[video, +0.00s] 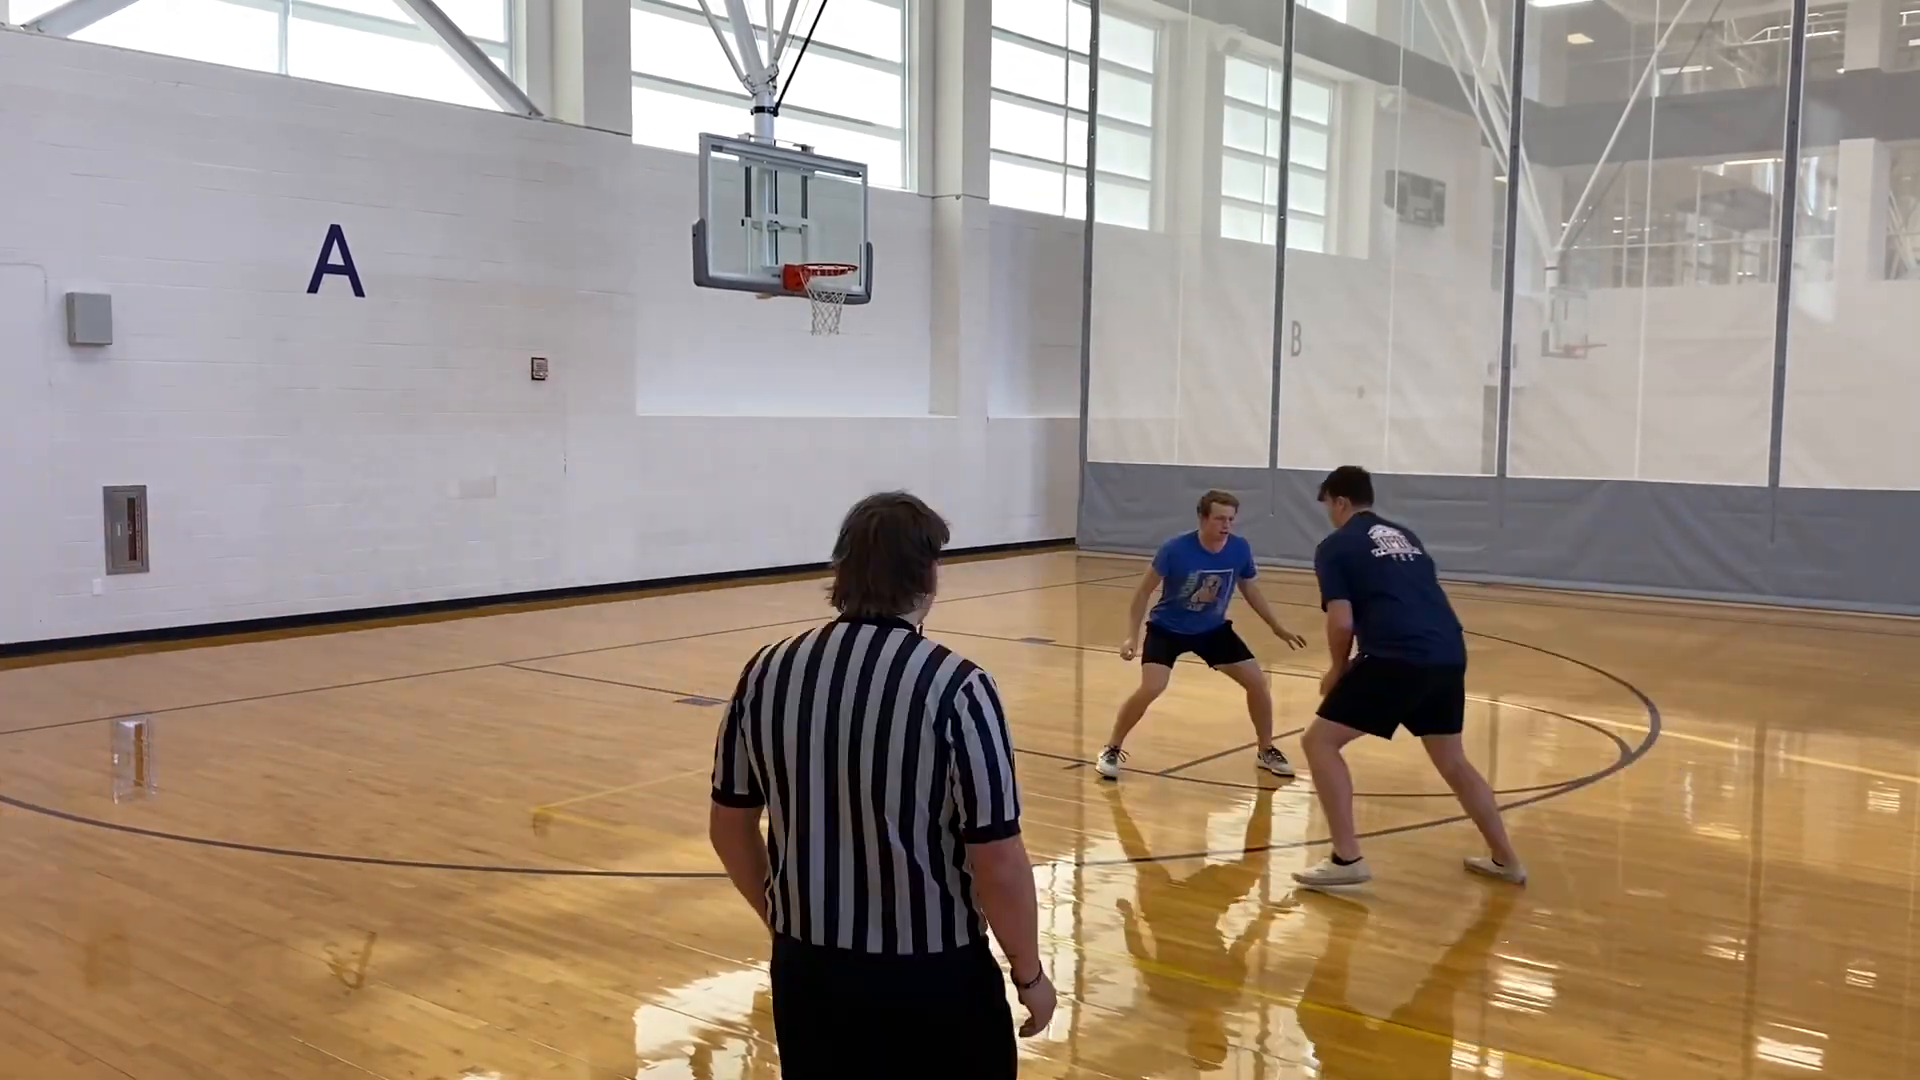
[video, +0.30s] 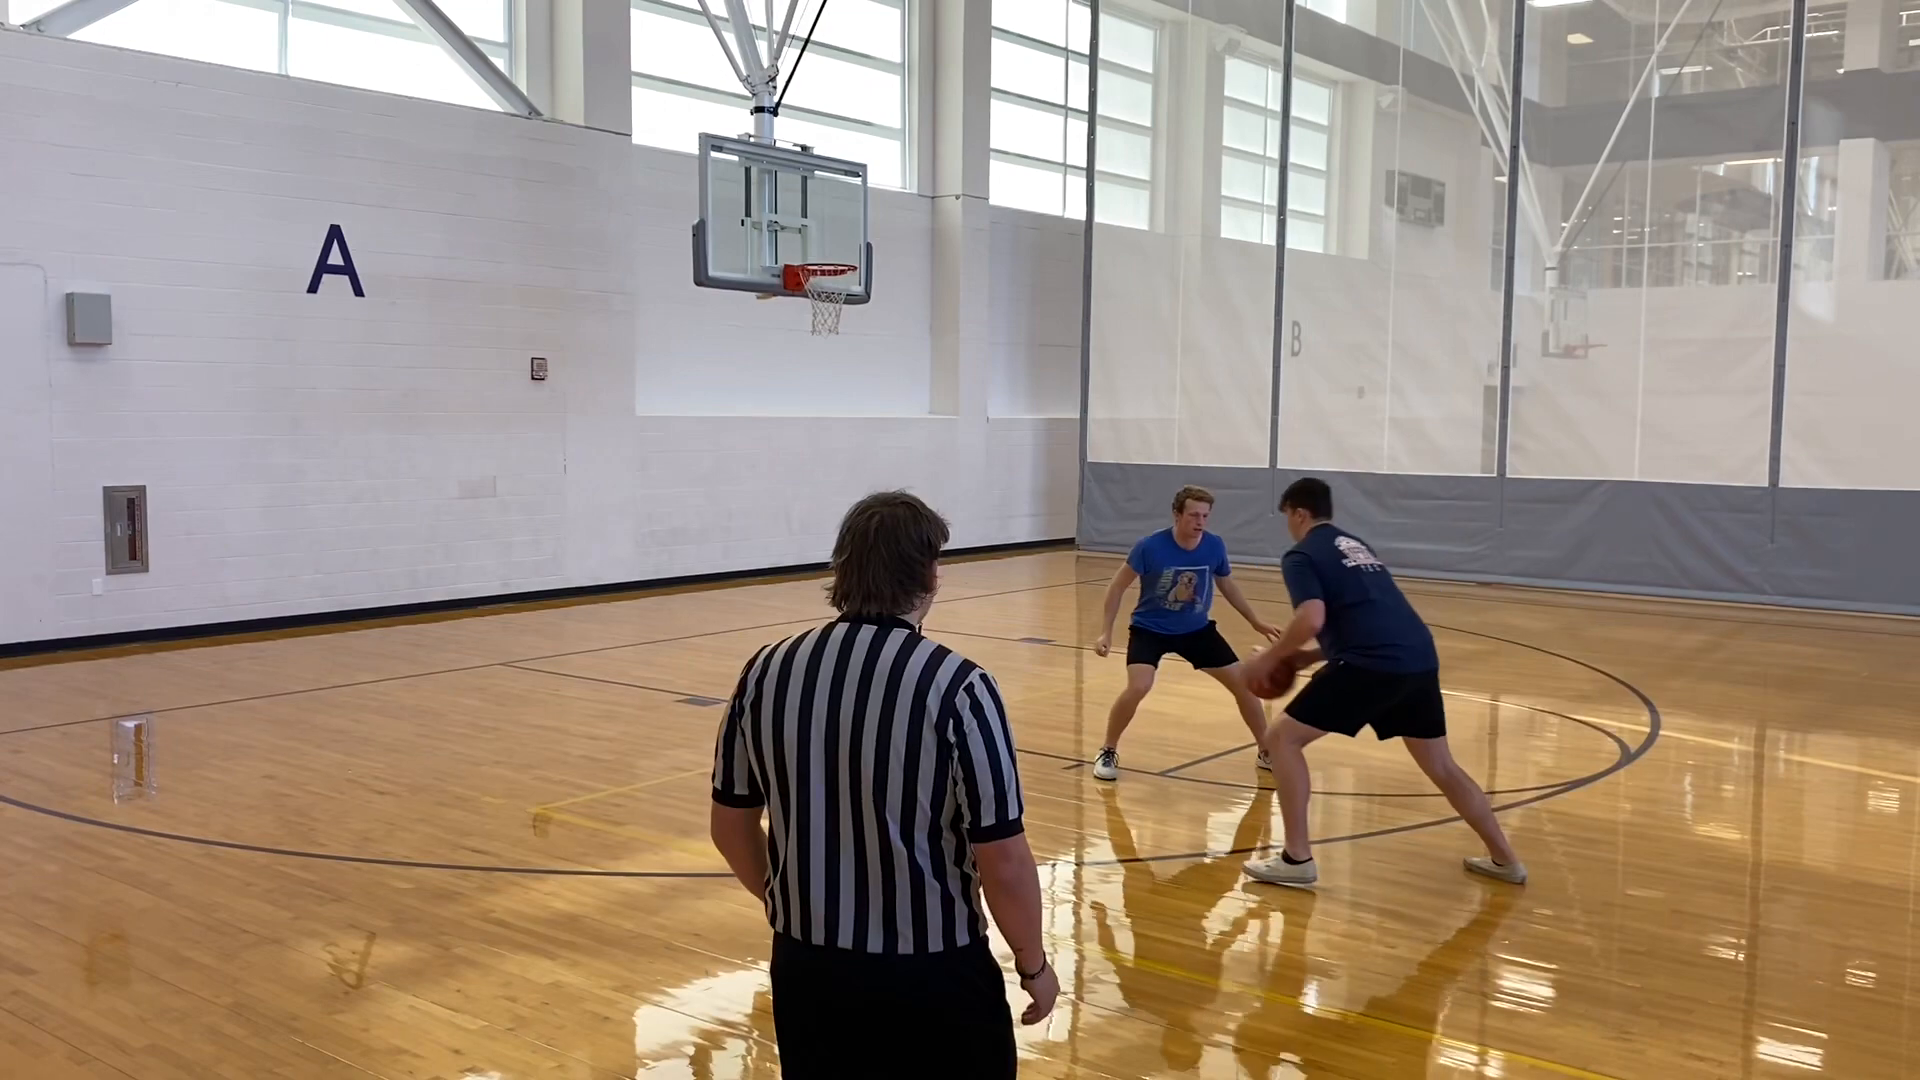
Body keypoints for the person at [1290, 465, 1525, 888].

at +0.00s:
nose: (1328, 512)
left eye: (1328, 504)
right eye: (1327, 504)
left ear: (1340, 503)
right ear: (1368, 503)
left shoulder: (1335, 546)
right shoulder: (1402, 533)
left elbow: (1342, 622)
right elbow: (1418, 602)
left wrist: (1337, 669)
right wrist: (1365, 656)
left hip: (1393, 660)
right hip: (1447, 660)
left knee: (1320, 742)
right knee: (1454, 762)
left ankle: (1347, 857)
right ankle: (1507, 859)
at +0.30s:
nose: (1287, 526)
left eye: (1287, 518)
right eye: (1286, 519)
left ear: (1299, 515)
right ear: (1325, 513)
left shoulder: (1302, 554)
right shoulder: (1354, 544)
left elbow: (1311, 615)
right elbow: (1356, 627)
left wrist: (1270, 656)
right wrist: (1301, 658)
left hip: (1366, 665)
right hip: (1420, 663)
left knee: (1282, 740)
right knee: (1442, 766)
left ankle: (1296, 857)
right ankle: (1506, 858)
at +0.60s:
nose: (1227, 528)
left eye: (1226, 520)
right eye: (1226, 520)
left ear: (1240, 517)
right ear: (1261, 514)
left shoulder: (1251, 555)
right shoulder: (1292, 542)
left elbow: (1248, 622)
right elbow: (1315, 607)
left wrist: (1197, 626)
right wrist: (1266, 643)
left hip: (1315, 666)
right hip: (1366, 662)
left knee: (1250, 747)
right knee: (1411, 761)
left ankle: (1292, 858)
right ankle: (1492, 844)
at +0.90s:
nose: (1168, 535)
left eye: (1168, 527)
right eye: (1168, 527)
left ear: (1179, 522)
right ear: (1200, 516)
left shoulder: (1192, 563)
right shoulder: (1236, 541)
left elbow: (1171, 641)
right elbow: (1267, 603)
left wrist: (1125, 639)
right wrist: (1235, 654)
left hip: (1268, 663)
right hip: (1313, 658)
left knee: (1228, 757)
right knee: (1303, 756)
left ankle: (1291, 855)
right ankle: (1408, 800)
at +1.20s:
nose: (1124, 534)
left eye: (1123, 526)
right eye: (1122, 527)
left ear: (1134, 521)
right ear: (1156, 515)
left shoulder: (1146, 563)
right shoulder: (1196, 536)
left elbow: (1112, 638)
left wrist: (1069, 684)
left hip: (1236, 656)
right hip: (1263, 645)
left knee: (1216, 757)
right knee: (1197, 729)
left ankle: (1289, 852)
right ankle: (1290, 790)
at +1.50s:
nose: (1071, 523)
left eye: (1069, 515)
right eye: (1069, 515)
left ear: (1078, 509)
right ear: (1103, 500)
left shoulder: (1085, 550)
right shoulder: (1141, 524)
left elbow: (1064, 625)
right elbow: (1197, 567)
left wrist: (1029, 684)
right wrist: (1199, 624)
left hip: (1178, 644)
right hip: (1190, 631)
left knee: (1205, 750)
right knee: (1115, 698)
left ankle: (1278, 840)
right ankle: (1120, 811)